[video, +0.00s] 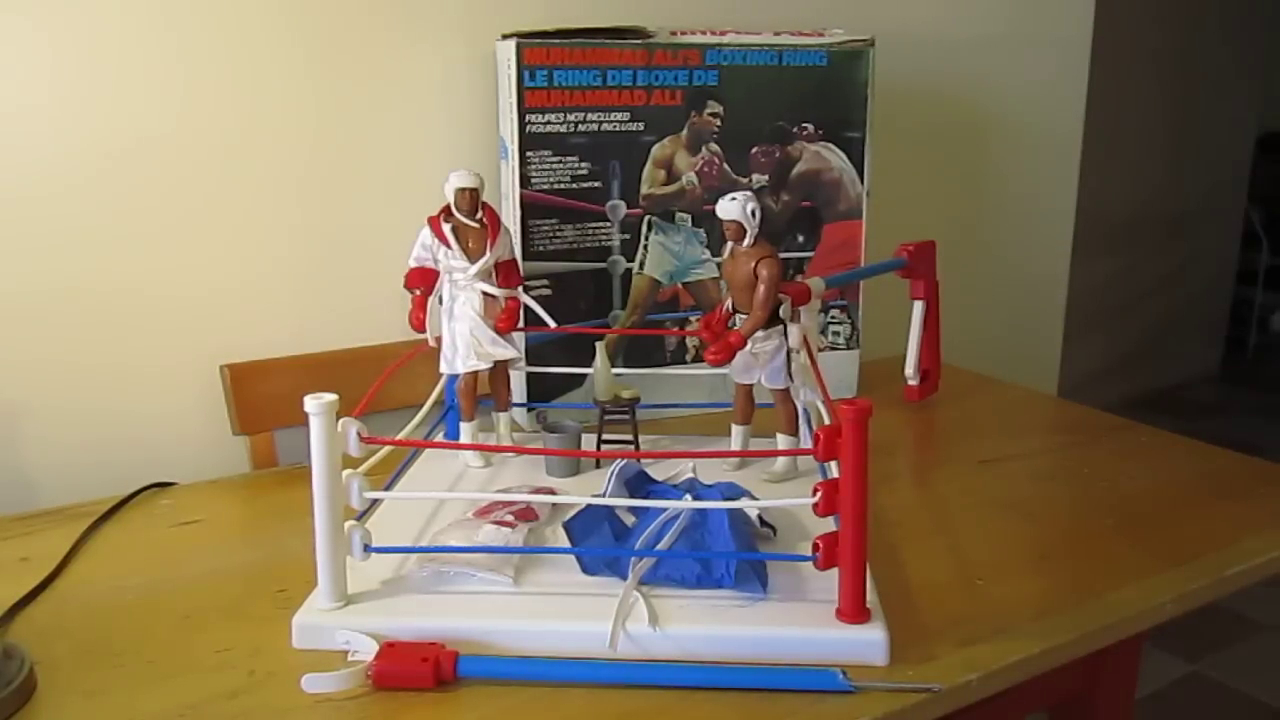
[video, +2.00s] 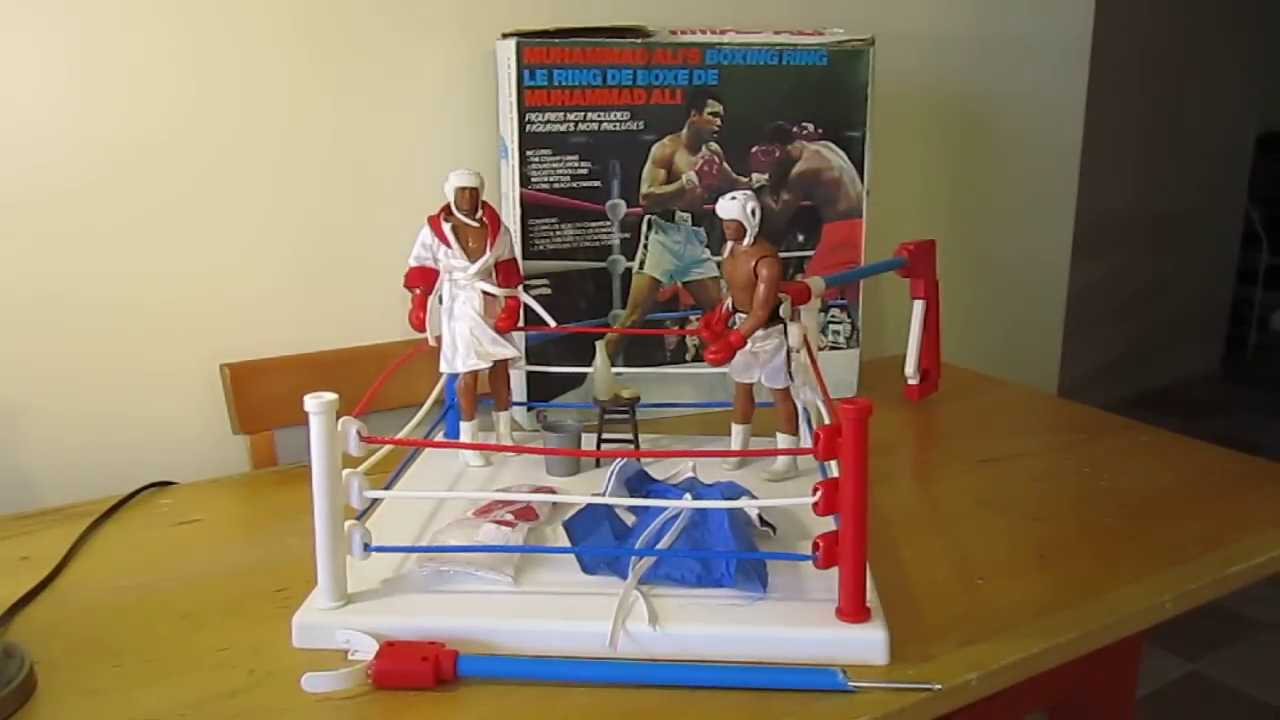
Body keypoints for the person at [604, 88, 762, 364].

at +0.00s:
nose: (719, 123)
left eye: (720, 117)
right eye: (713, 116)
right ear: (693, 117)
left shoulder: (712, 151)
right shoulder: (665, 149)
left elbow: (729, 182)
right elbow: (646, 198)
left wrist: (752, 181)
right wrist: (682, 184)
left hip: (693, 237)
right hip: (659, 235)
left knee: (718, 310)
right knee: (635, 315)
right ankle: (597, 374)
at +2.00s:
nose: (718, 122)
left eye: (720, 116)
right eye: (713, 115)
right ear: (694, 115)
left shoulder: (712, 151)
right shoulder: (665, 148)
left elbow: (731, 181)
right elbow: (646, 197)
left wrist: (752, 181)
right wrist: (682, 184)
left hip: (693, 237)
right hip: (660, 235)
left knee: (719, 309)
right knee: (635, 315)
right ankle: (597, 371)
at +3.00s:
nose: (718, 122)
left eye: (720, 116)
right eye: (713, 114)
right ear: (694, 115)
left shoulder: (712, 150)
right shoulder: (665, 148)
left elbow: (731, 182)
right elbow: (646, 196)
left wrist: (755, 180)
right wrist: (682, 183)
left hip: (693, 237)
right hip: (660, 234)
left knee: (719, 309)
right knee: (635, 314)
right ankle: (596, 370)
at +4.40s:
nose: (719, 122)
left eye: (720, 116)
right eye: (714, 115)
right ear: (694, 114)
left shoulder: (712, 150)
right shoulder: (664, 148)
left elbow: (731, 181)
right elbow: (647, 196)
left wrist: (755, 181)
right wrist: (682, 183)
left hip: (694, 237)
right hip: (660, 235)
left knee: (718, 309)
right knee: (635, 313)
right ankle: (597, 371)